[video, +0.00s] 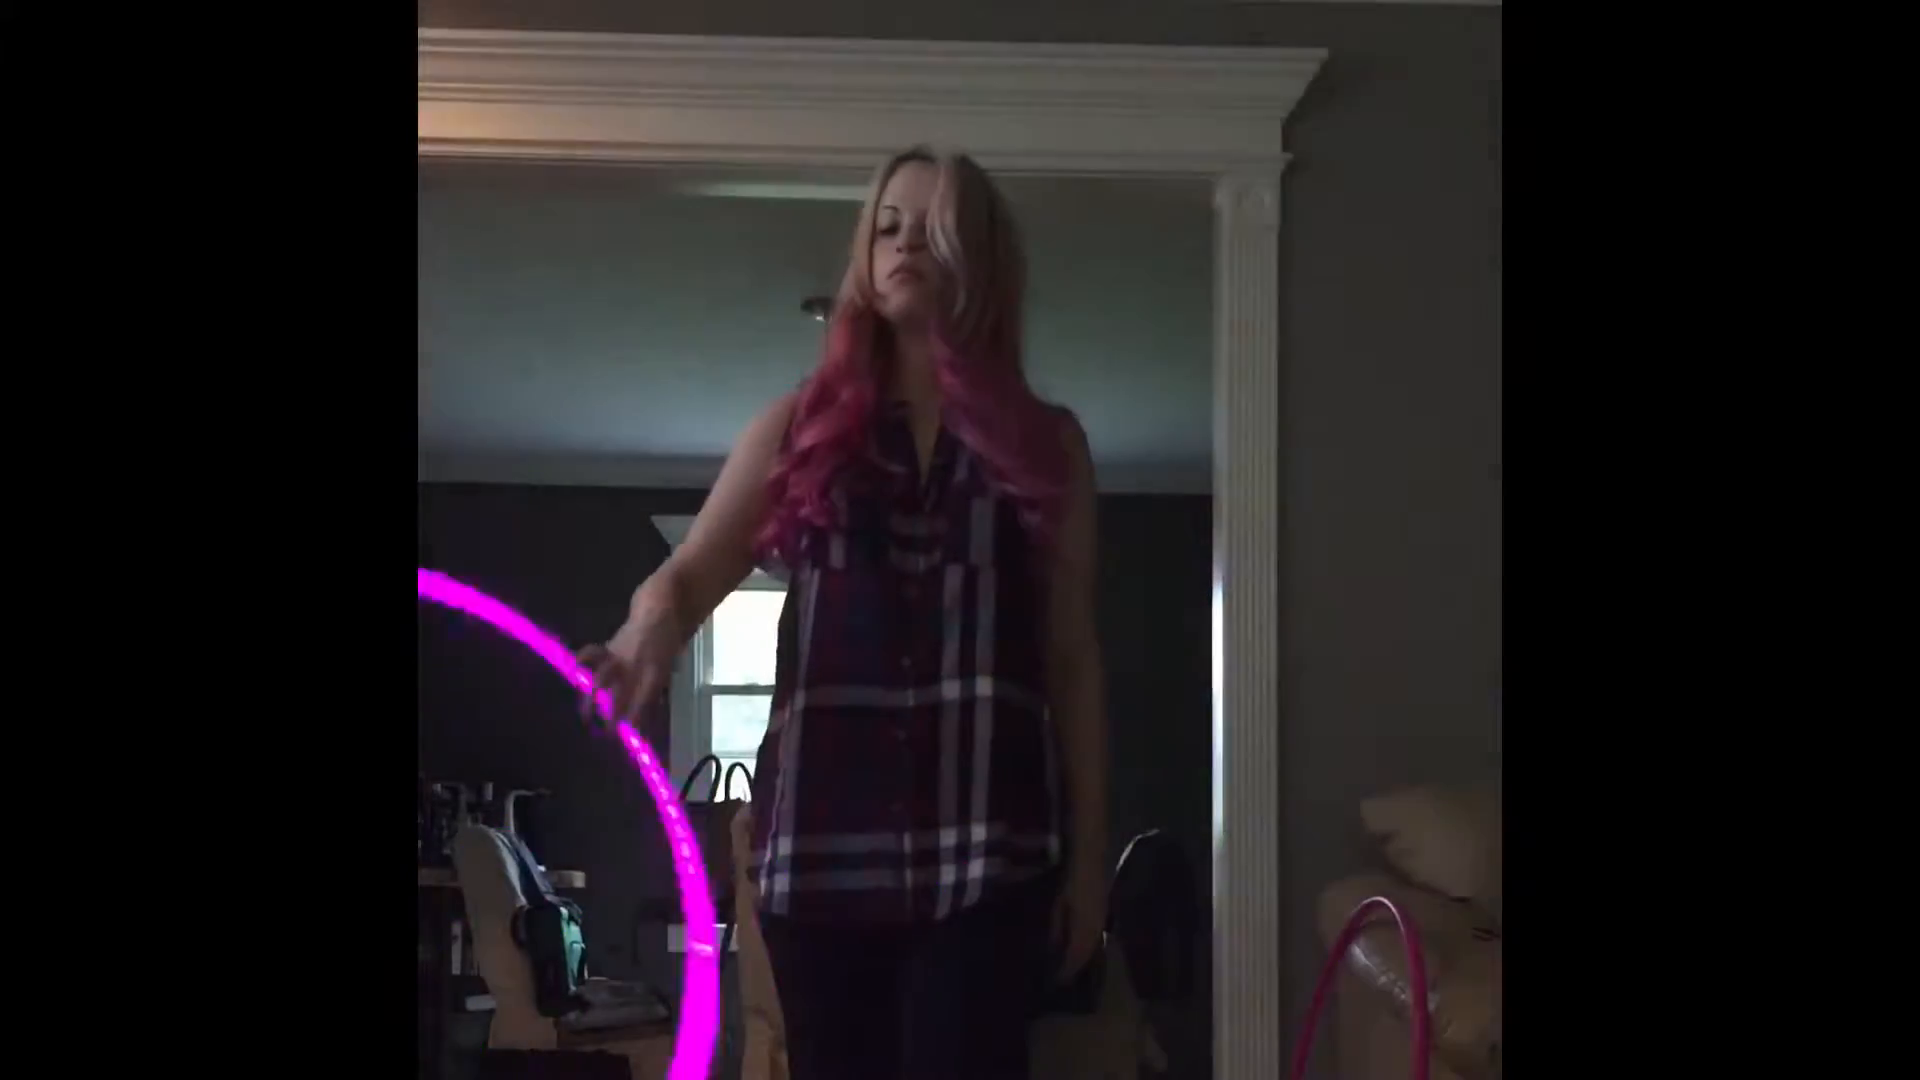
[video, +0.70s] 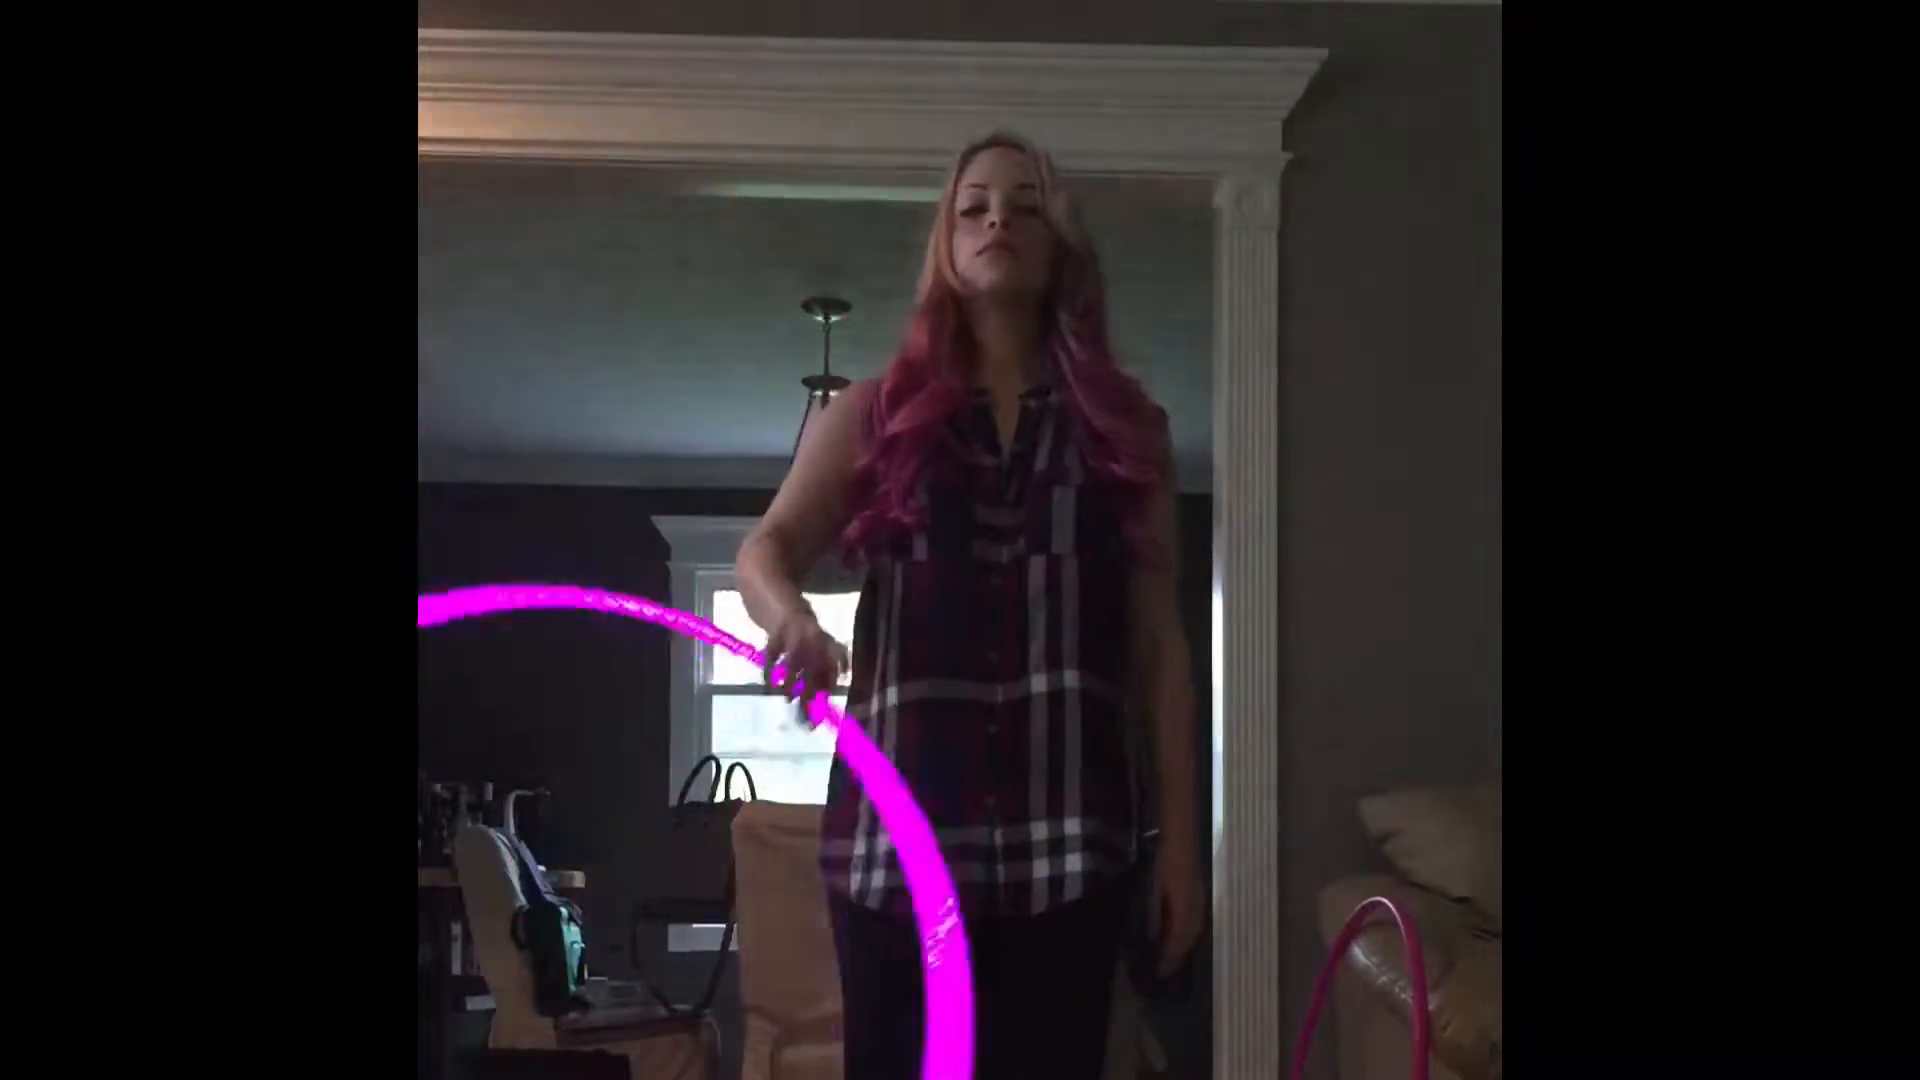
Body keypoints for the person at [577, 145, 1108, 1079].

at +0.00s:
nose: (909, 246)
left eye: (937, 232)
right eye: (891, 227)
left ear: (982, 261)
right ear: (863, 253)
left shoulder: (1043, 439)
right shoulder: (800, 422)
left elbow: (1072, 656)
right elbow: (697, 571)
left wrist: (1089, 852)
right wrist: (648, 634)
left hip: (986, 845)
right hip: (823, 844)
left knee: (967, 1063)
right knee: (834, 1065)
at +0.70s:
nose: (997, 220)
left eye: (1024, 204)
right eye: (974, 207)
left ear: (1061, 240)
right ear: (943, 245)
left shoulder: (1120, 423)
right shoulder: (871, 413)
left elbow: (1160, 645)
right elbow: (765, 552)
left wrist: (1180, 843)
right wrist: (793, 622)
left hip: (1071, 838)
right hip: (903, 835)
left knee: (1055, 1068)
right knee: (892, 1068)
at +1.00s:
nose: (1004, 229)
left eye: (1031, 209)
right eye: (980, 214)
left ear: (1072, 244)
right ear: (950, 250)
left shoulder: (1134, 422)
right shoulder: (896, 407)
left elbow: (1173, 643)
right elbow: (738, 491)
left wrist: (1187, 840)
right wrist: (803, 368)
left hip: (1082, 850)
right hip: (907, 850)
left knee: (1053, 1070)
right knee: (893, 1067)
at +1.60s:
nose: (1014, 244)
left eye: (1039, 225)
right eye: (990, 229)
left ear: (1082, 252)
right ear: (957, 265)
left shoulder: (1137, 436)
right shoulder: (921, 410)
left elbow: (1173, 652)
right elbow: (811, 461)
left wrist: (1190, 864)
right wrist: (983, 363)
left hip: (1076, 835)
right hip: (905, 826)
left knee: (1045, 1071)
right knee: (778, 1059)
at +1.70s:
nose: (1006, 261)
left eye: (1035, 239)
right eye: (980, 242)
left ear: (1080, 272)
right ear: (948, 279)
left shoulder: (1141, 449)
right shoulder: (908, 430)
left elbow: (1178, 672)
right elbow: (757, 428)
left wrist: (1187, 869)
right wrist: (887, 271)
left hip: (1070, 865)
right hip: (886, 853)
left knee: (1031, 1072)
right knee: (748, 1066)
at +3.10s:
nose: (967, 287)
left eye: (986, 268)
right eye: (970, 268)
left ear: (1050, 275)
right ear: (1066, 279)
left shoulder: (1057, 390)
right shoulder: (1086, 391)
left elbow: (829, 462)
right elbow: (841, 459)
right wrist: (637, 476)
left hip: (1054, 844)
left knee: (992, 1059)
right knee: (1015, 1056)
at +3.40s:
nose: (1037, 262)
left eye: (1056, 239)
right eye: (1043, 239)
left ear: (1116, 248)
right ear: (1159, 256)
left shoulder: (1115, 356)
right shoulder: (1199, 387)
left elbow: (876, 247)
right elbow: (1271, 601)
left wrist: (692, 128)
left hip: (1135, 845)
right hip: (1198, 840)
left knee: (1046, 1060)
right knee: (1155, 1062)